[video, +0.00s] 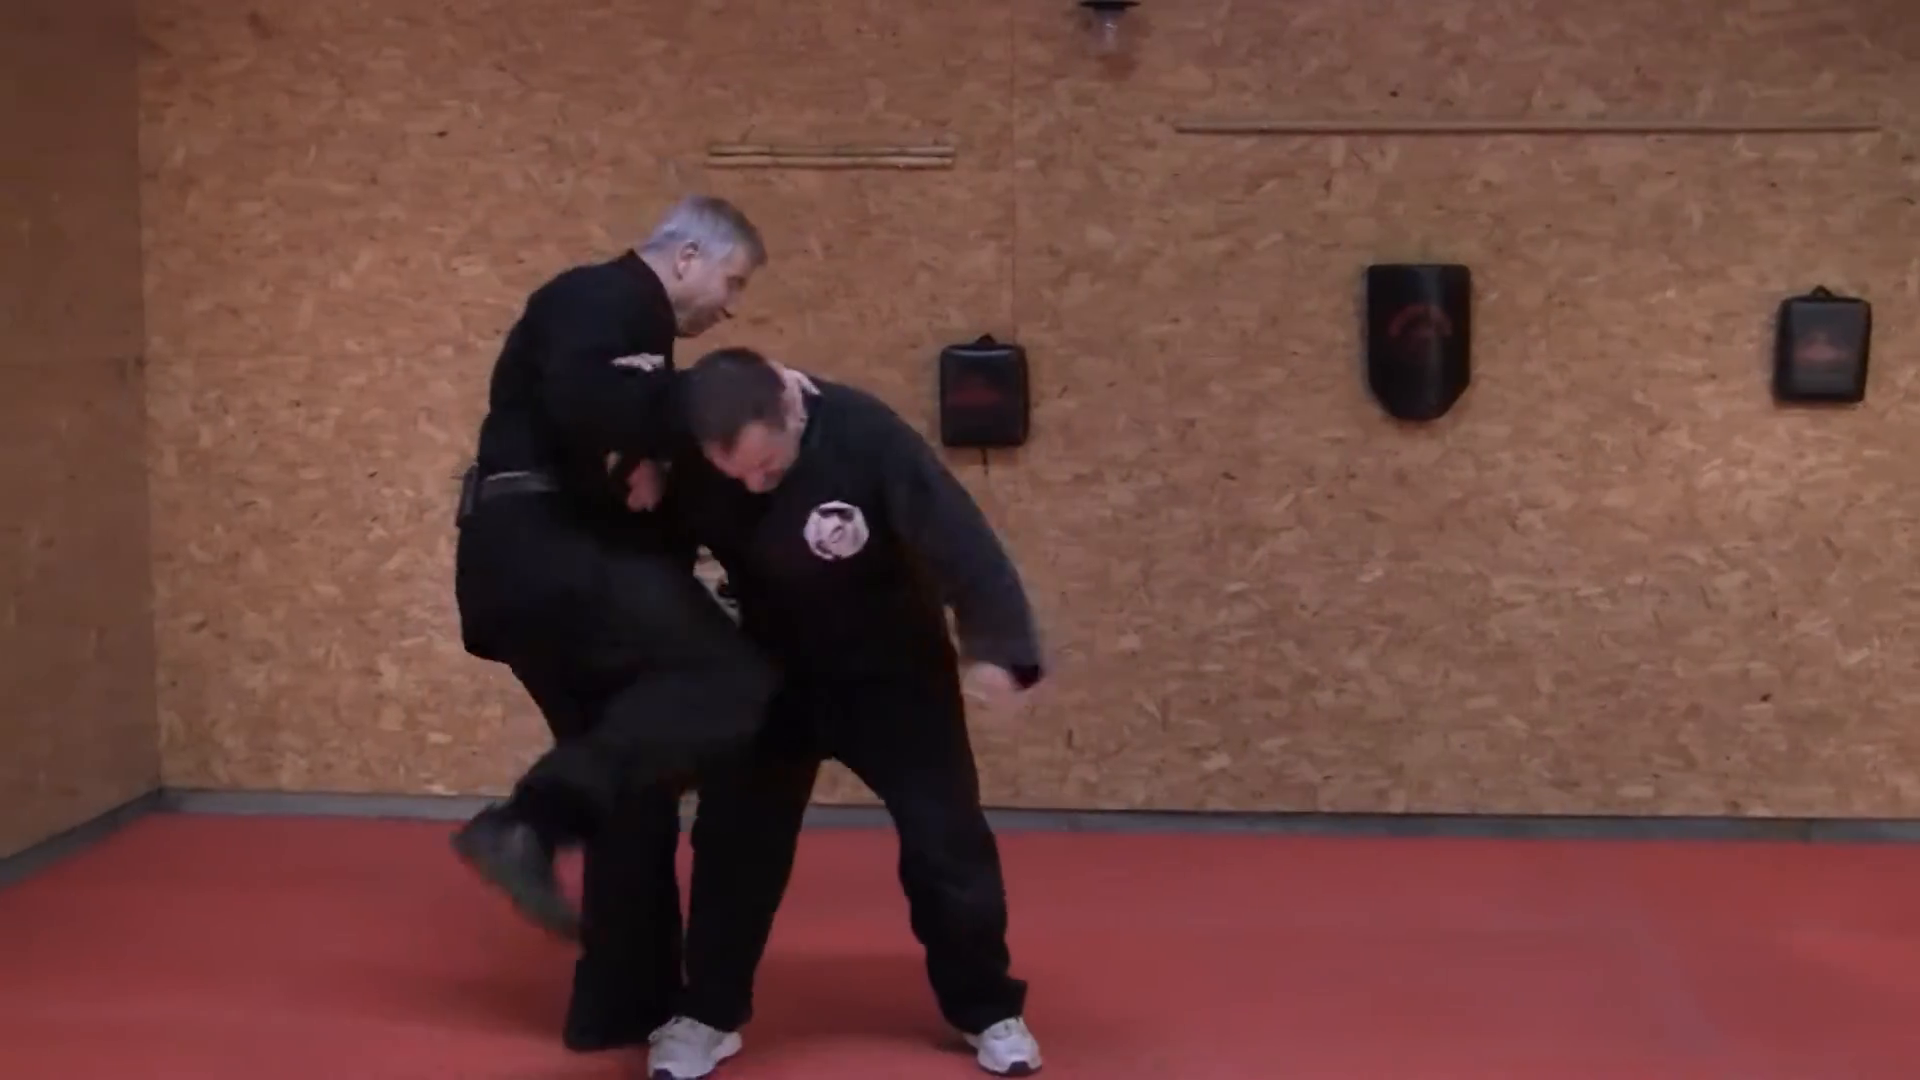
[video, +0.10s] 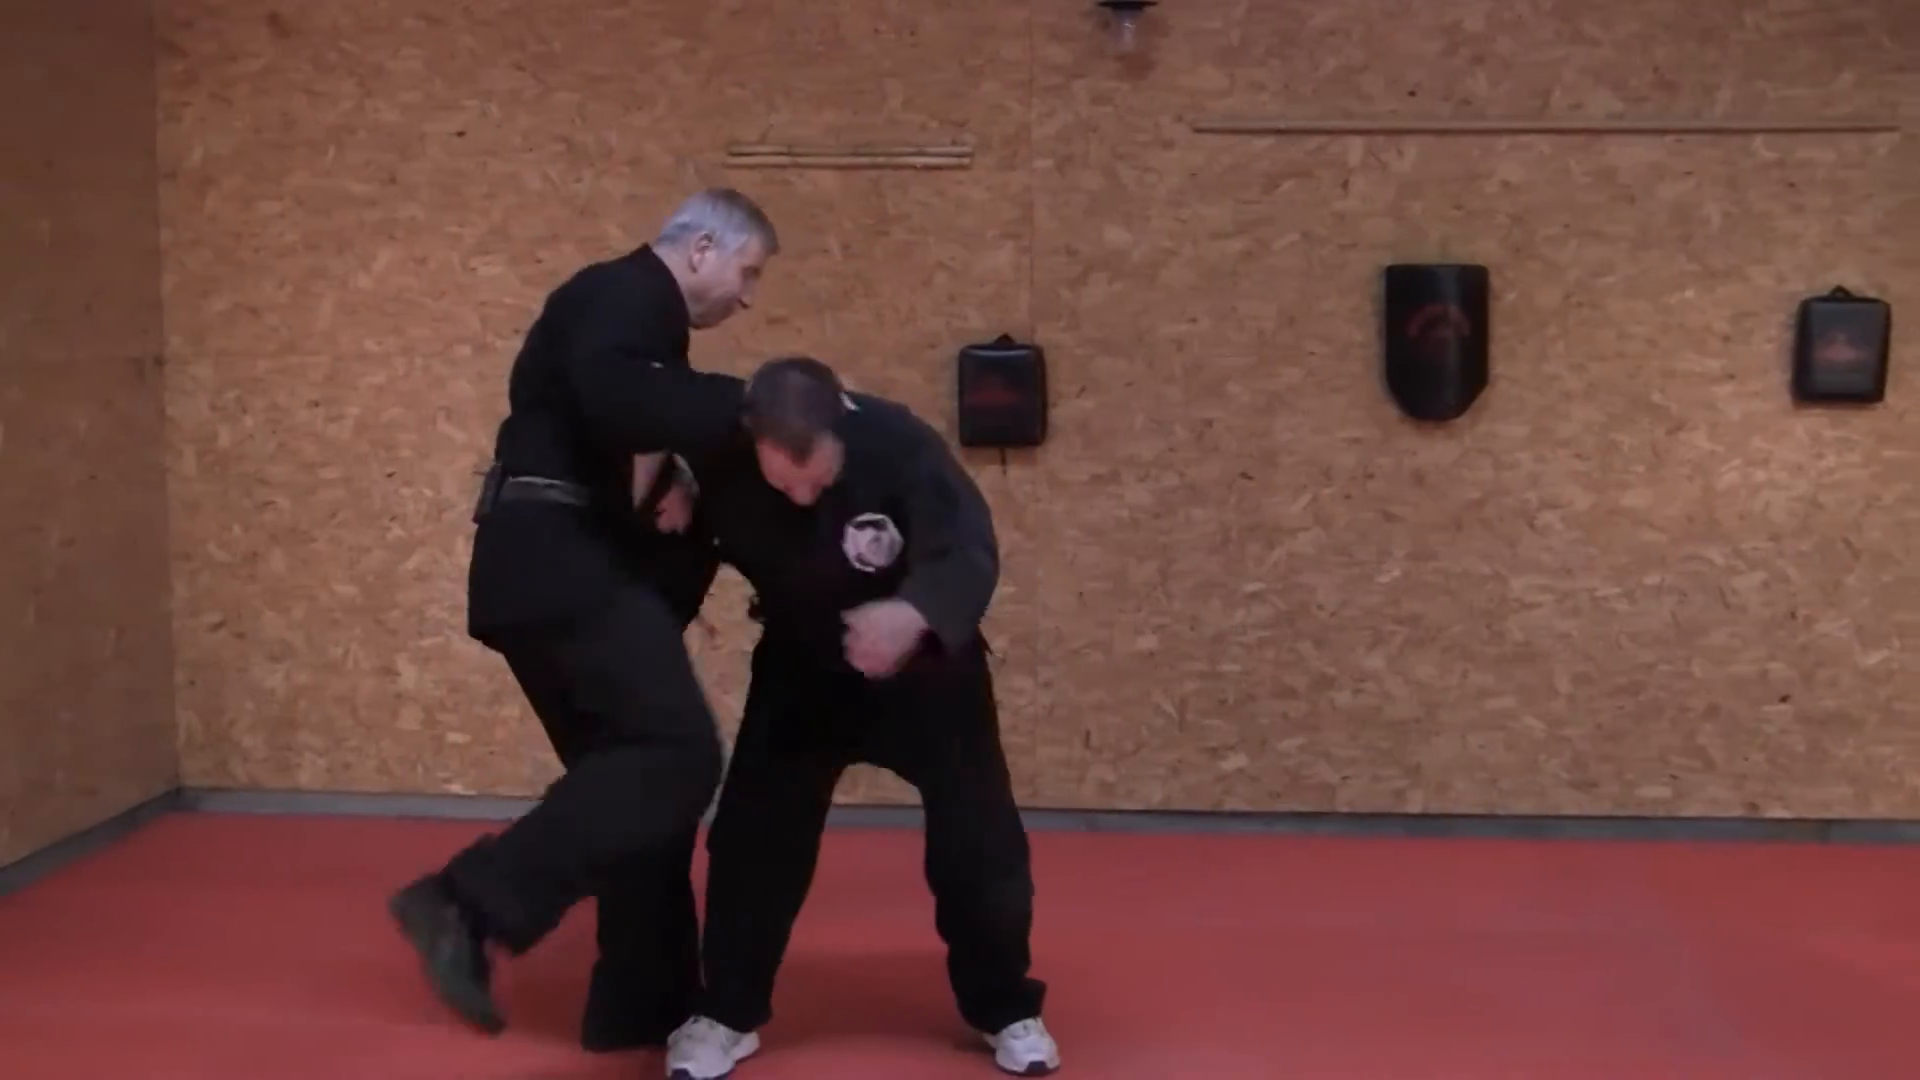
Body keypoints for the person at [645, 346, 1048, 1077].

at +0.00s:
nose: (757, 483)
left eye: (767, 464)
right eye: (737, 475)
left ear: (790, 408)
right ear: (706, 450)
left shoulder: (865, 439)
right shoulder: (694, 473)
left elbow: (956, 534)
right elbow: (656, 567)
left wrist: (1001, 644)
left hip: (897, 676)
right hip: (774, 679)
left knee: (947, 840)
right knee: (734, 842)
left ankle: (988, 1011)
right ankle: (709, 1012)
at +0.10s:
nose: (801, 489)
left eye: (815, 471)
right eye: (783, 474)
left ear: (841, 432)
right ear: (754, 439)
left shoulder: (898, 446)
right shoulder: (721, 471)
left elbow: (968, 549)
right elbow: (671, 586)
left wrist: (915, 610)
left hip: (927, 663)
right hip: (800, 664)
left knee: (980, 831)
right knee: (752, 835)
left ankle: (1006, 1009)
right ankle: (728, 1010)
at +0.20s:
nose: (838, 512)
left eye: (853, 498)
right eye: (822, 499)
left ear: (879, 458)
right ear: (795, 458)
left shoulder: (930, 451)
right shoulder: (758, 465)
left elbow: (990, 562)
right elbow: (721, 574)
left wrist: (903, 581)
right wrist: (693, 536)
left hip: (947, 667)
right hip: (821, 665)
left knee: (994, 833)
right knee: (771, 833)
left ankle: (1024, 1009)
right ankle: (743, 1011)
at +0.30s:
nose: (861, 521)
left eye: (875, 506)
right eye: (845, 507)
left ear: (902, 469)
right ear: (820, 468)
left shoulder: (951, 457)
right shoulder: (786, 484)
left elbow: (1024, 561)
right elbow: (742, 586)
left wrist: (934, 602)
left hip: (969, 672)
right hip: (843, 673)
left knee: (1016, 836)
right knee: (794, 834)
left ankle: (1041, 1009)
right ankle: (761, 1012)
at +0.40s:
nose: (873, 544)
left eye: (887, 531)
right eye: (857, 532)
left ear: (913, 488)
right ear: (829, 488)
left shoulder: (964, 461)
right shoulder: (792, 501)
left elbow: (1053, 546)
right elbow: (750, 595)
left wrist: (1015, 652)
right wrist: (747, 705)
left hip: (989, 673)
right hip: (867, 681)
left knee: (1043, 842)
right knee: (818, 840)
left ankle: (1061, 1008)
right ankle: (779, 1012)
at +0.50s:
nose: (867, 576)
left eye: (883, 564)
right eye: (851, 564)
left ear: (911, 526)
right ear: (824, 520)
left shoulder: (971, 474)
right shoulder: (796, 503)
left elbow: (1076, 545)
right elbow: (765, 568)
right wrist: (765, 650)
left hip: (1006, 666)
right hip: (880, 676)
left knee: (1057, 830)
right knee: (836, 830)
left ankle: (1082, 1010)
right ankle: (794, 1013)